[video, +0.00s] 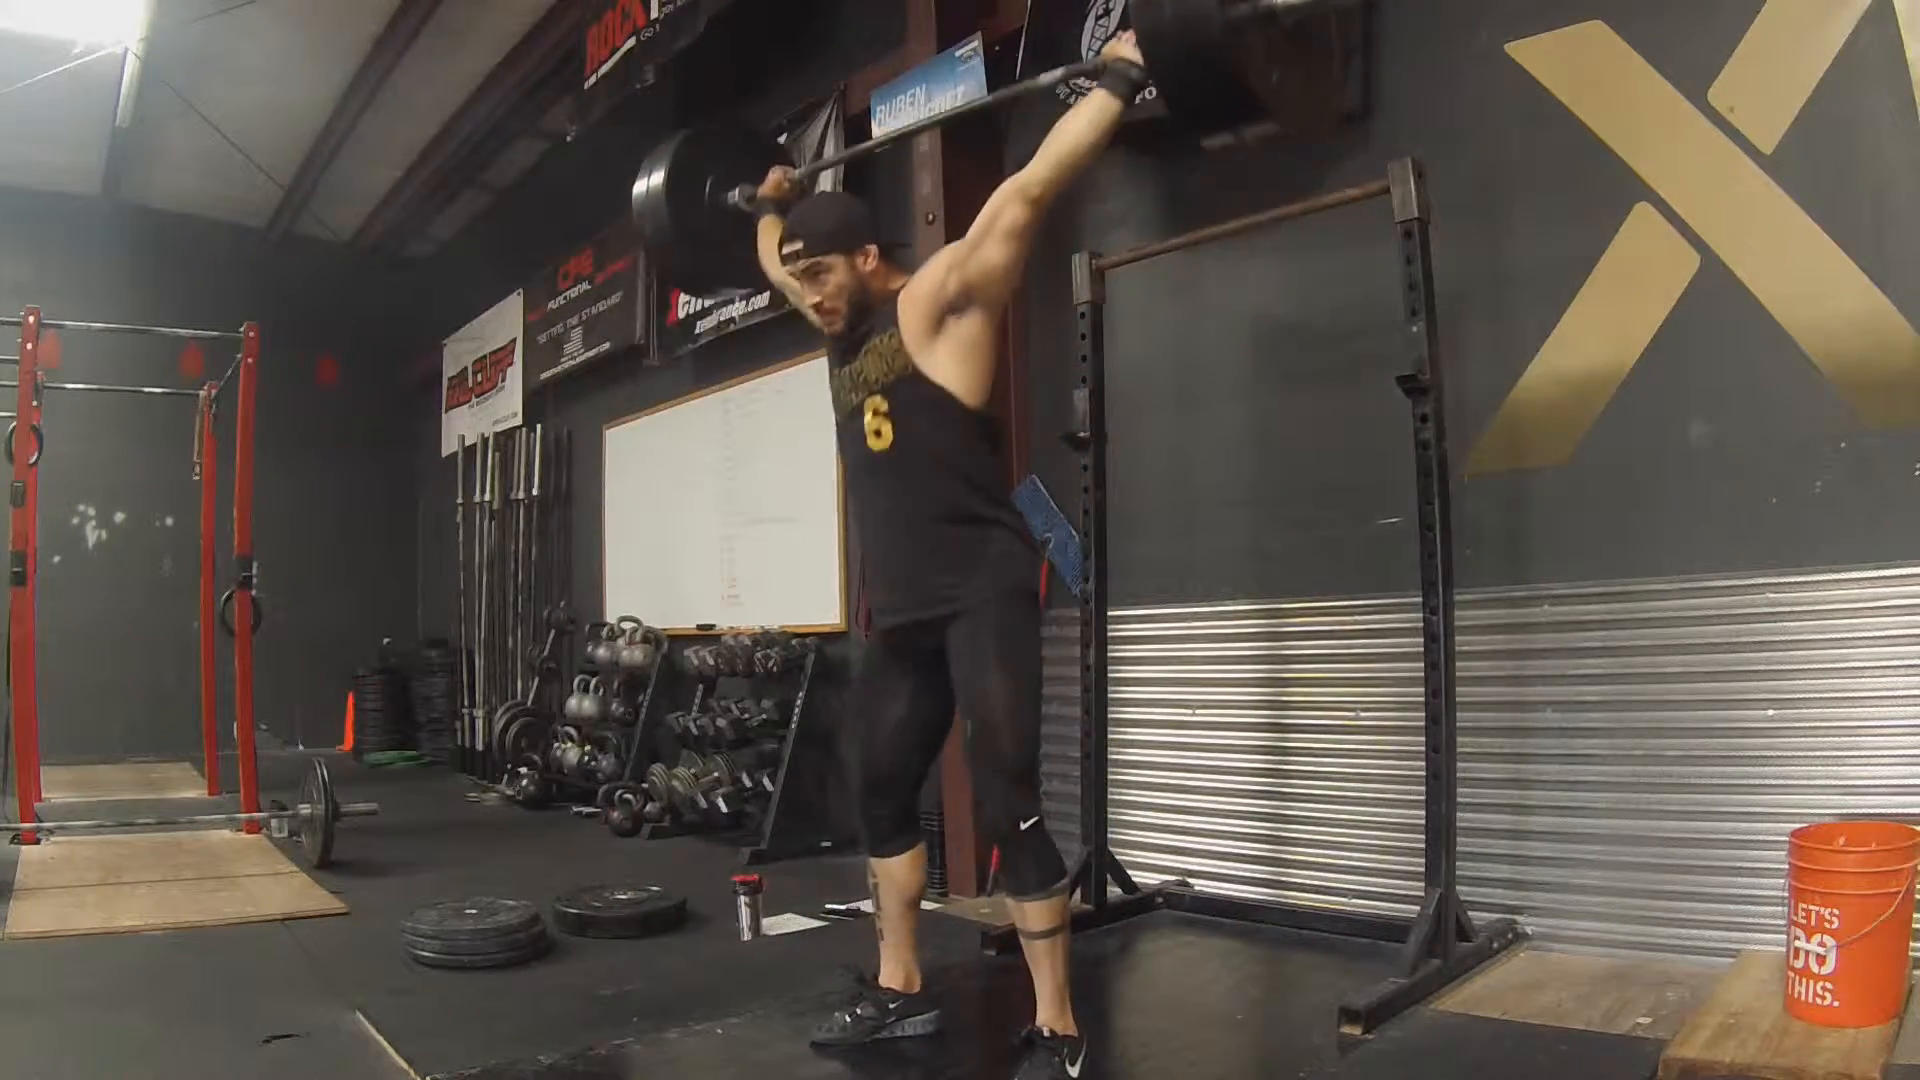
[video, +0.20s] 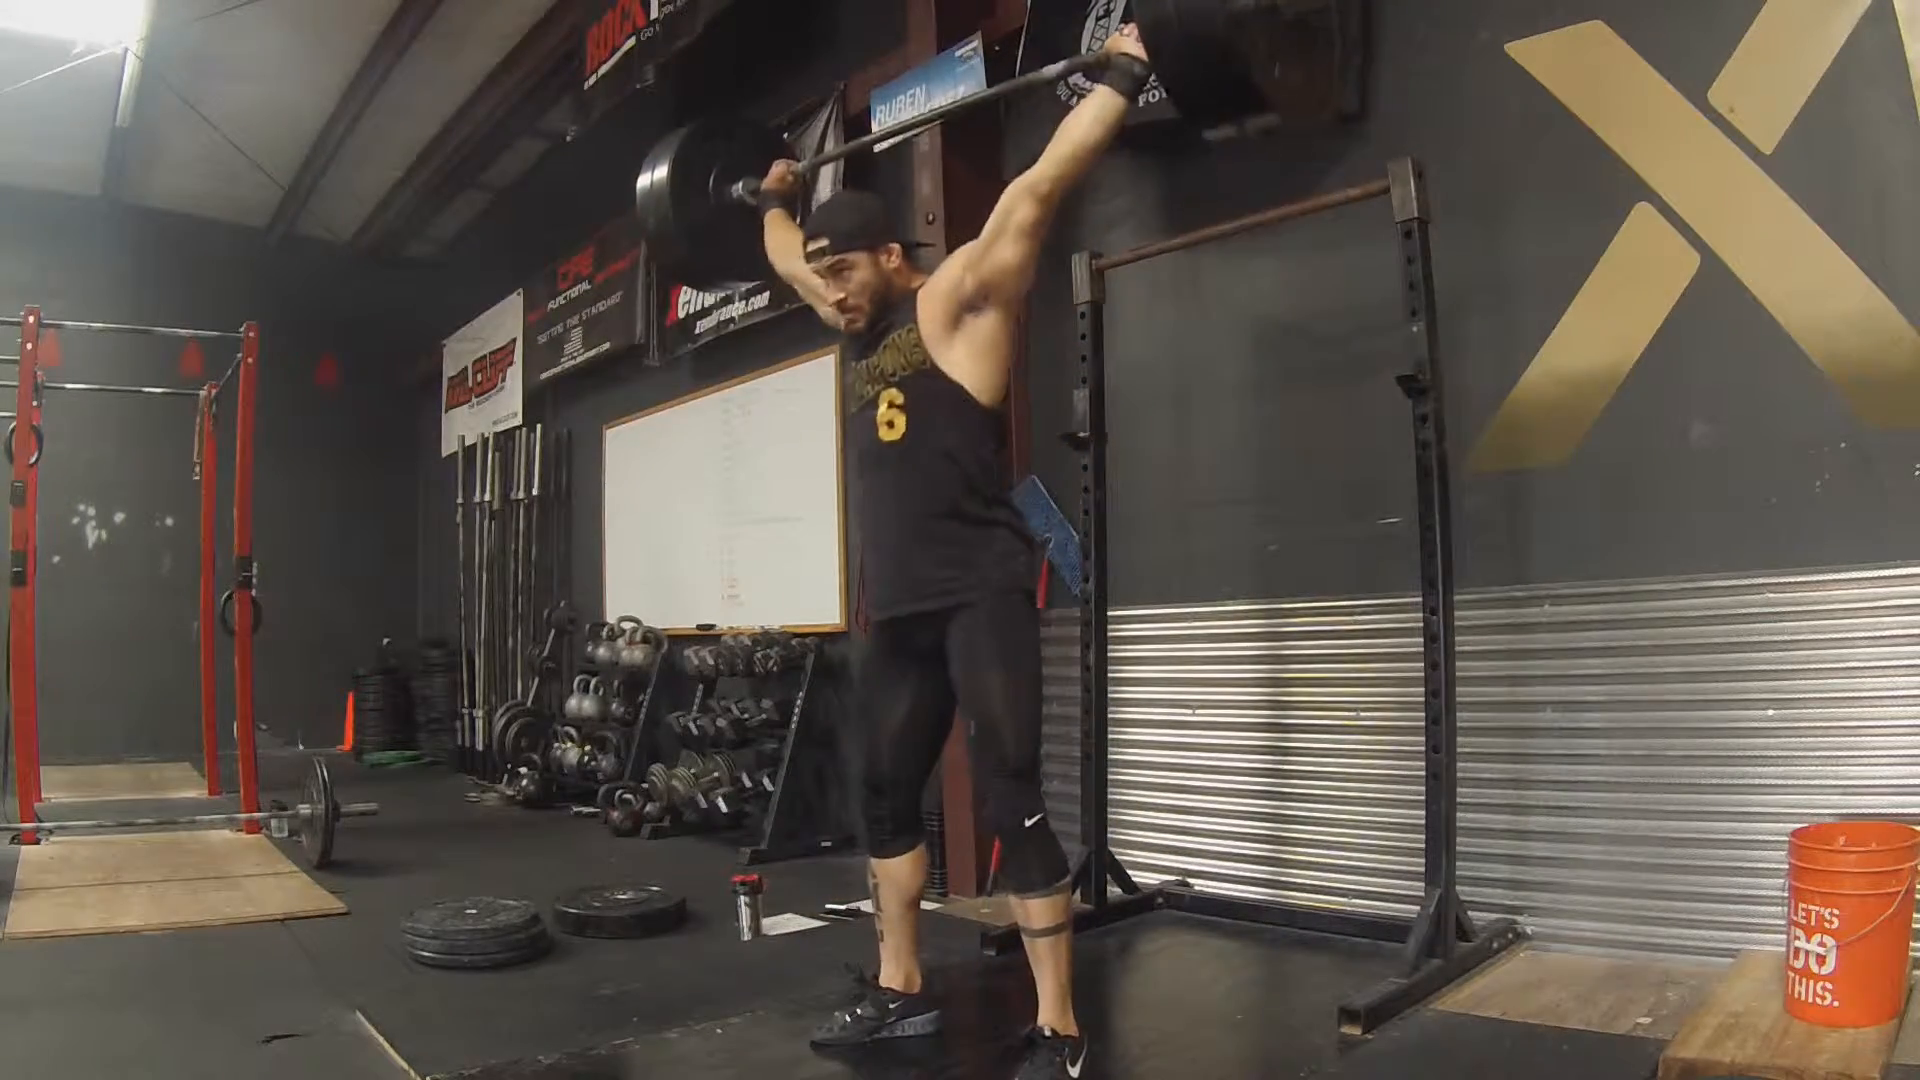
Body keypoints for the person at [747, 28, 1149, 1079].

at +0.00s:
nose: (807, 292)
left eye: (817, 271)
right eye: (797, 280)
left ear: (868, 255)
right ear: (813, 280)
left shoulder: (949, 290)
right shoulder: (853, 334)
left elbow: (1026, 188)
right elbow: (779, 268)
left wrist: (1115, 80)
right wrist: (769, 200)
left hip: (985, 588)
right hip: (900, 608)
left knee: (1008, 795)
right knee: (879, 787)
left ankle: (1057, 1031)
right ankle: (899, 998)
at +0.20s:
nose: (833, 292)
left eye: (843, 271)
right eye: (821, 280)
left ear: (889, 255)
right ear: (822, 280)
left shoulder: (967, 290)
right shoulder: (860, 326)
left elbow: (1036, 187)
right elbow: (790, 262)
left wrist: (1119, 79)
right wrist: (773, 196)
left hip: (984, 593)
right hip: (896, 609)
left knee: (1011, 797)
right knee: (883, 793)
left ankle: (1058, 1030)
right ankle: (900, 998)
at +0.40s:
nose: (894, 276)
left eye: (911, 260)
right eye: (891, 265)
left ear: (963, 263)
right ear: (902, 277)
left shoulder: (1015, 320)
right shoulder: (906, 344)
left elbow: (1082, 232)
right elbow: (832, 301)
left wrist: (1122, 119)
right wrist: (774, 230)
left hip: (1014, 607)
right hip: (927, 619)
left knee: (1005, 805)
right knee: (867, 783)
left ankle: (1057, 1031)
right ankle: (897, 994)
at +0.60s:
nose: (998, 285)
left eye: (1012, 270)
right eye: (992, 273)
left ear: (1058, 273)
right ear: (990, 278)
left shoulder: (1095, 335)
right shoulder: (986, 350)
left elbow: (1158, 366)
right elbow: (896, 386)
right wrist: (798, 361)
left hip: (1070, 600)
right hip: (990, 602)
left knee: (1089, 791)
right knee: (933, 781)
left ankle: (1182, 967)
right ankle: (995, 947)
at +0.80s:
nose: (1052, 326)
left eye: (1068, 311)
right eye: (1042, 314)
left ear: (1105, 320)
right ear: (1034, 326)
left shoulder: (1149, 400)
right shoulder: (1030, 417)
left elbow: (1203, 506)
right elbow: (1010, 528)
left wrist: (1190, 606)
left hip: (1139, 644)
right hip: (1052, 654)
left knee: (1192, 825)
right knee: (967, 794)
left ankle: (1258, 969)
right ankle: (1005, 956)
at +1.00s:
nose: (1107, 301)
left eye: (1121, 285)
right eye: (1092, 288)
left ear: (1146, 289)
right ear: (1074, 297)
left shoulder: (1195, 361)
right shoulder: (1063, 383)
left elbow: (1269, 460)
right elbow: (1090, 493)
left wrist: (1315, 574)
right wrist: (1080, 576)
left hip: (1193, 608)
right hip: (1109, 616)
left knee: (1223, 781)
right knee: (1042, 769)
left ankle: (1257, 969)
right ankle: (1027, 941)